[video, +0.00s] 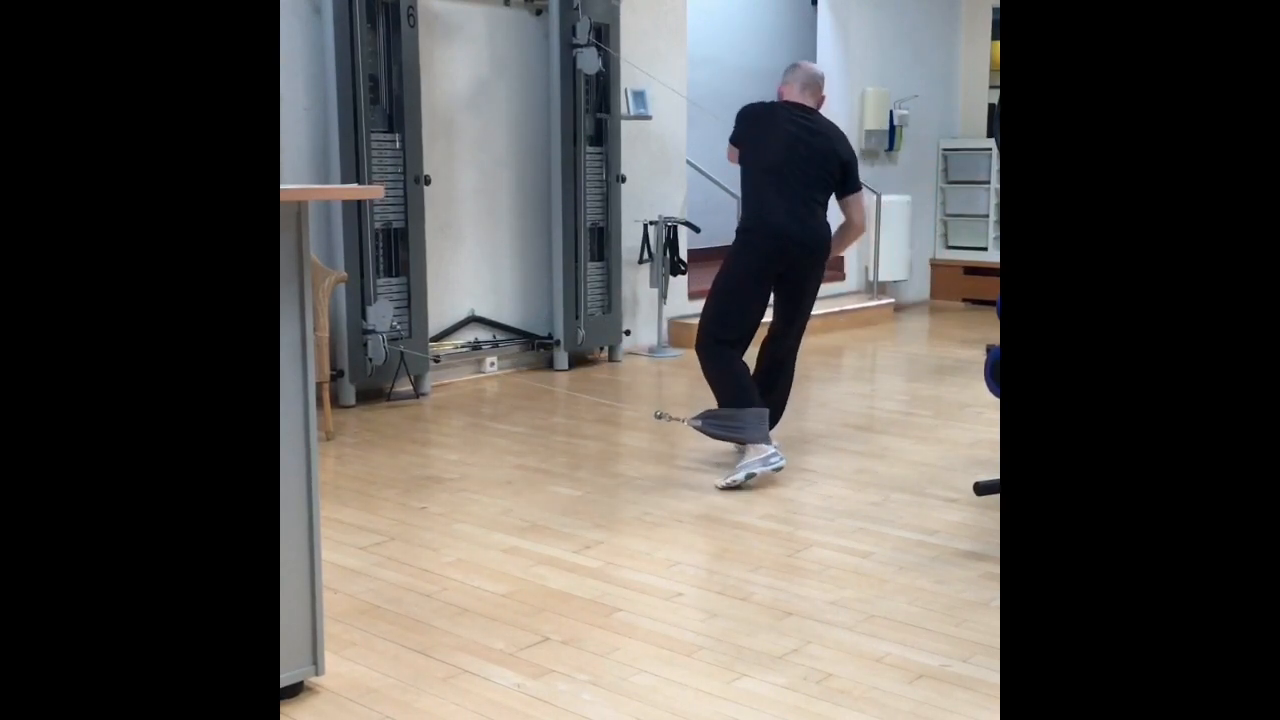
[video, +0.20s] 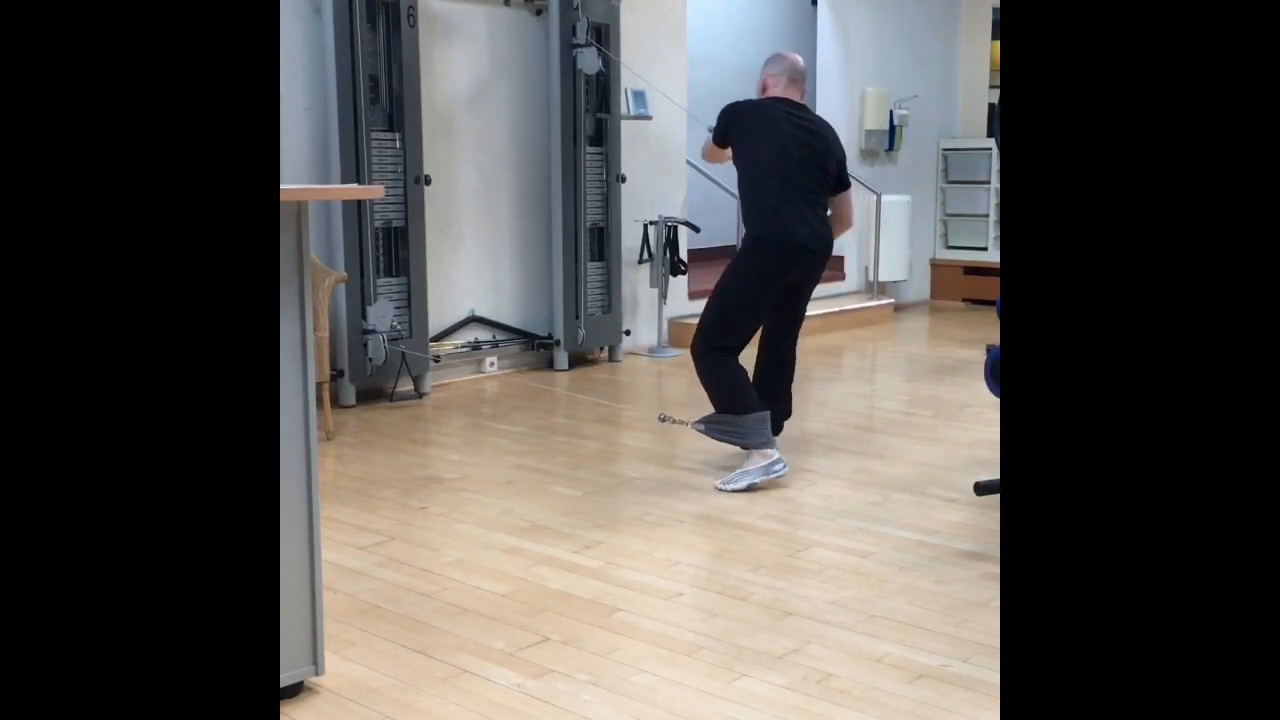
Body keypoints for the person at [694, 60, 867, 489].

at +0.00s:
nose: (782, 95)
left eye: (781, 89)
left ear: (782, 88)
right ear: (822, 100)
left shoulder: (754, 114)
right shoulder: (837, 141)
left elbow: (735, 156)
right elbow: (855, 222)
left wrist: (776, 145)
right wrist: (825, 251)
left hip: (757, 245)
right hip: (808, 256)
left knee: (715, 343)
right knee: (781, 348)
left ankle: (758, 445)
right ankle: (753, 439)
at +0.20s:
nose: (760, 88)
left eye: (762, 82)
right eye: (765, 84)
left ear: (767, 81)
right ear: (803, 88)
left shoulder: (742, 113)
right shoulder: (825, 133)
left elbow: (713, 154)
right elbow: (844, 218)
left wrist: (748, 145)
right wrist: (813, 239)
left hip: (766, 246)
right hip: (814, 251)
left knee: (711, 347)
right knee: (780, 343)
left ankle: (760, 452)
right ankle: (763, 436)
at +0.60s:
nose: (711, 83)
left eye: (715, 74)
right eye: (712, 74)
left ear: (736, 76)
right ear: (756, 78)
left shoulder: (732, 118)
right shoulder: (791, 120)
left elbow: (658, 152)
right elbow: (789, 197)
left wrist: (655, 127)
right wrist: (735, 239)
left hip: (794, 256)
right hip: (819, 251)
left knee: (728, 346)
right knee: (781, 344)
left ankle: (762, 463)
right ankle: (789, 430)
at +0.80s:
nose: (700, 85)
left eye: (706, 76)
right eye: (700, 76)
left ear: (733, 78)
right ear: (740, 79)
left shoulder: (738, 123)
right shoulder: (773, 119)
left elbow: (653, 158)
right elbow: (757, 200)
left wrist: (631, 133)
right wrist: (705, 236)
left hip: (797, 259)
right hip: (806, 255)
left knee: (740, 340)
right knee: (778, 345)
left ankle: (755, 461)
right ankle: (790, 431)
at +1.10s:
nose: (696, 86)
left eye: (703, 76)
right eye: (696, 76)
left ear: (736, 77)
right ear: (731, 79)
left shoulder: (753, 125)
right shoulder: (742, 129)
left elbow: (673, 164)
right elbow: (721, 194)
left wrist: (610, 139)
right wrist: (675, 231)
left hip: (792, 260)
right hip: (762, 260)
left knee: (741, 348)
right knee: (771, 345)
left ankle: (742, 464)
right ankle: (789, 431)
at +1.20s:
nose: (693, 88)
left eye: (701, 77)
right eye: (693, 77)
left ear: (734, 77)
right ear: (727, 79)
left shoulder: (755, 125)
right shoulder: (733, 130)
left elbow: (684, 161)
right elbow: (712, 193)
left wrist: (614, 137)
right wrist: (668, 231)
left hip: (790, 262)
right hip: (758, 261)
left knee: (739, 354)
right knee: (771, 346)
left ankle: (734, 464)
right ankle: (789, 432)